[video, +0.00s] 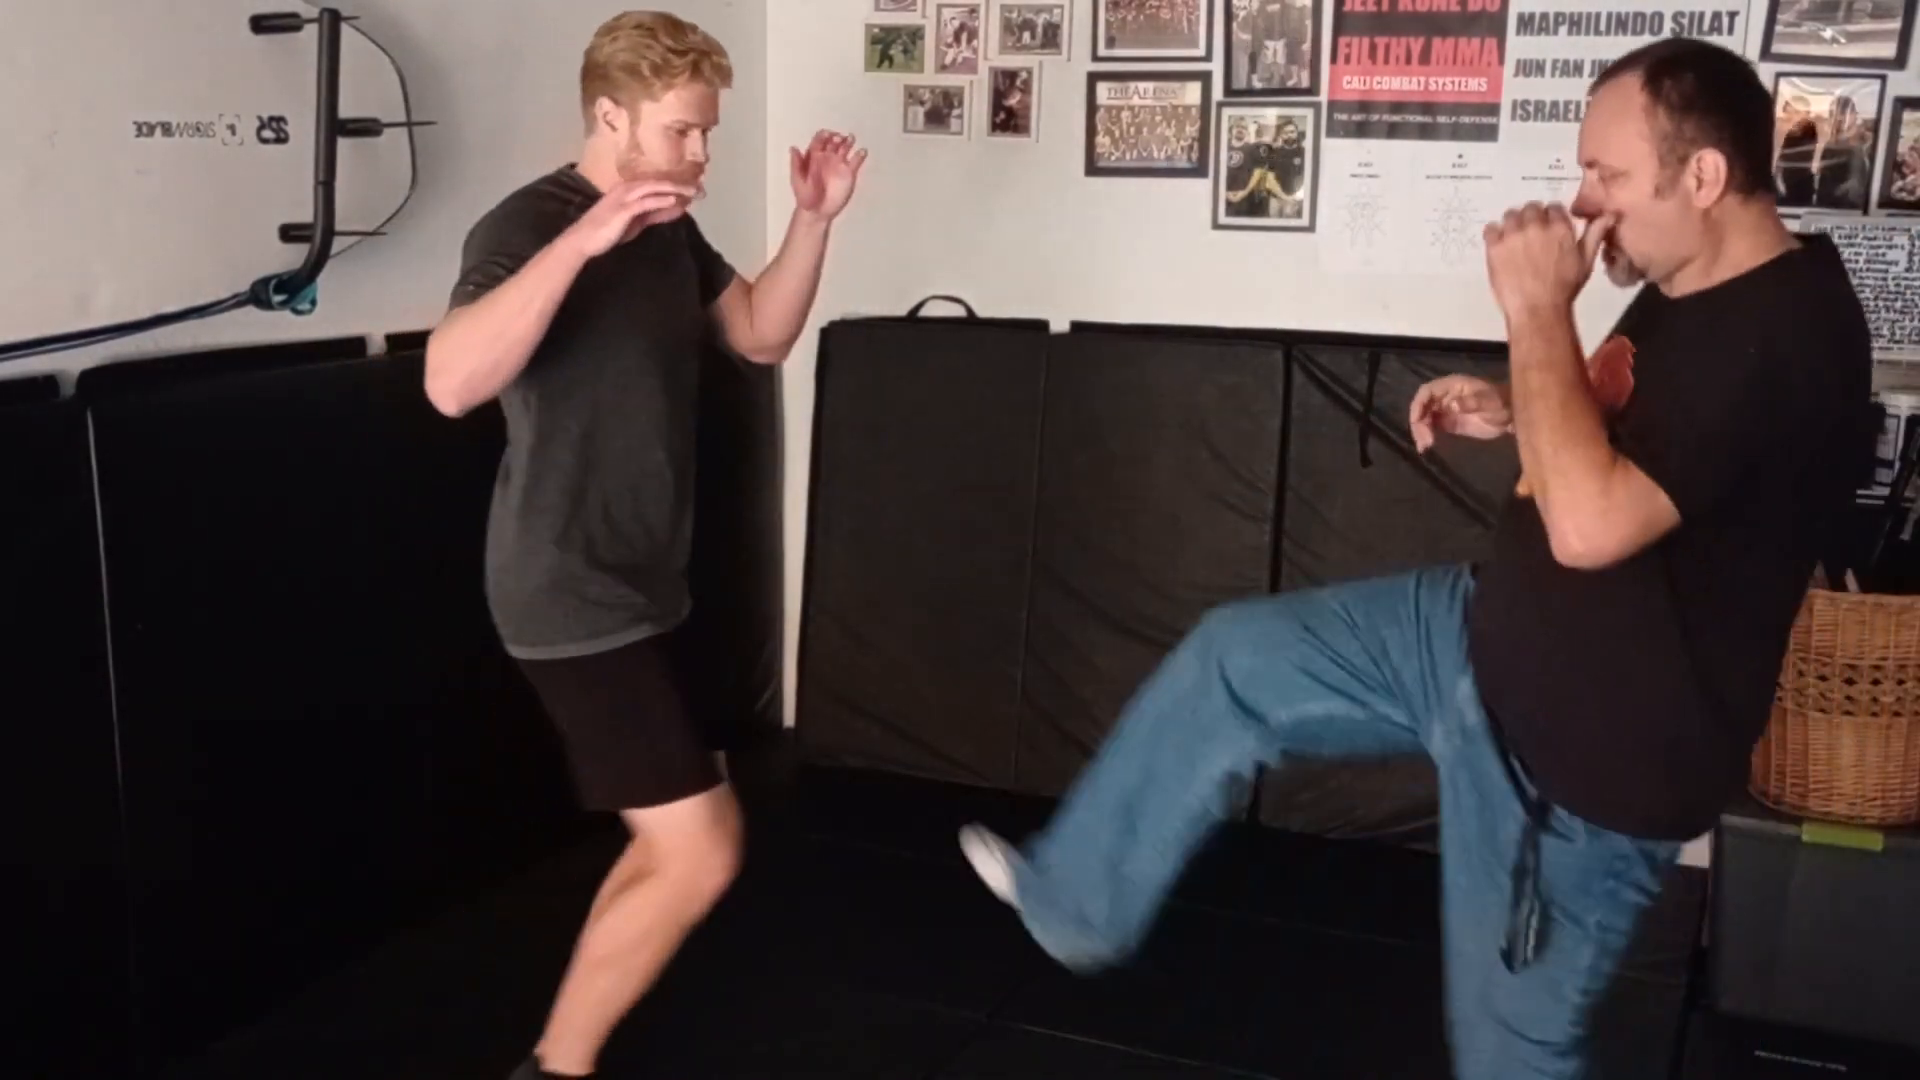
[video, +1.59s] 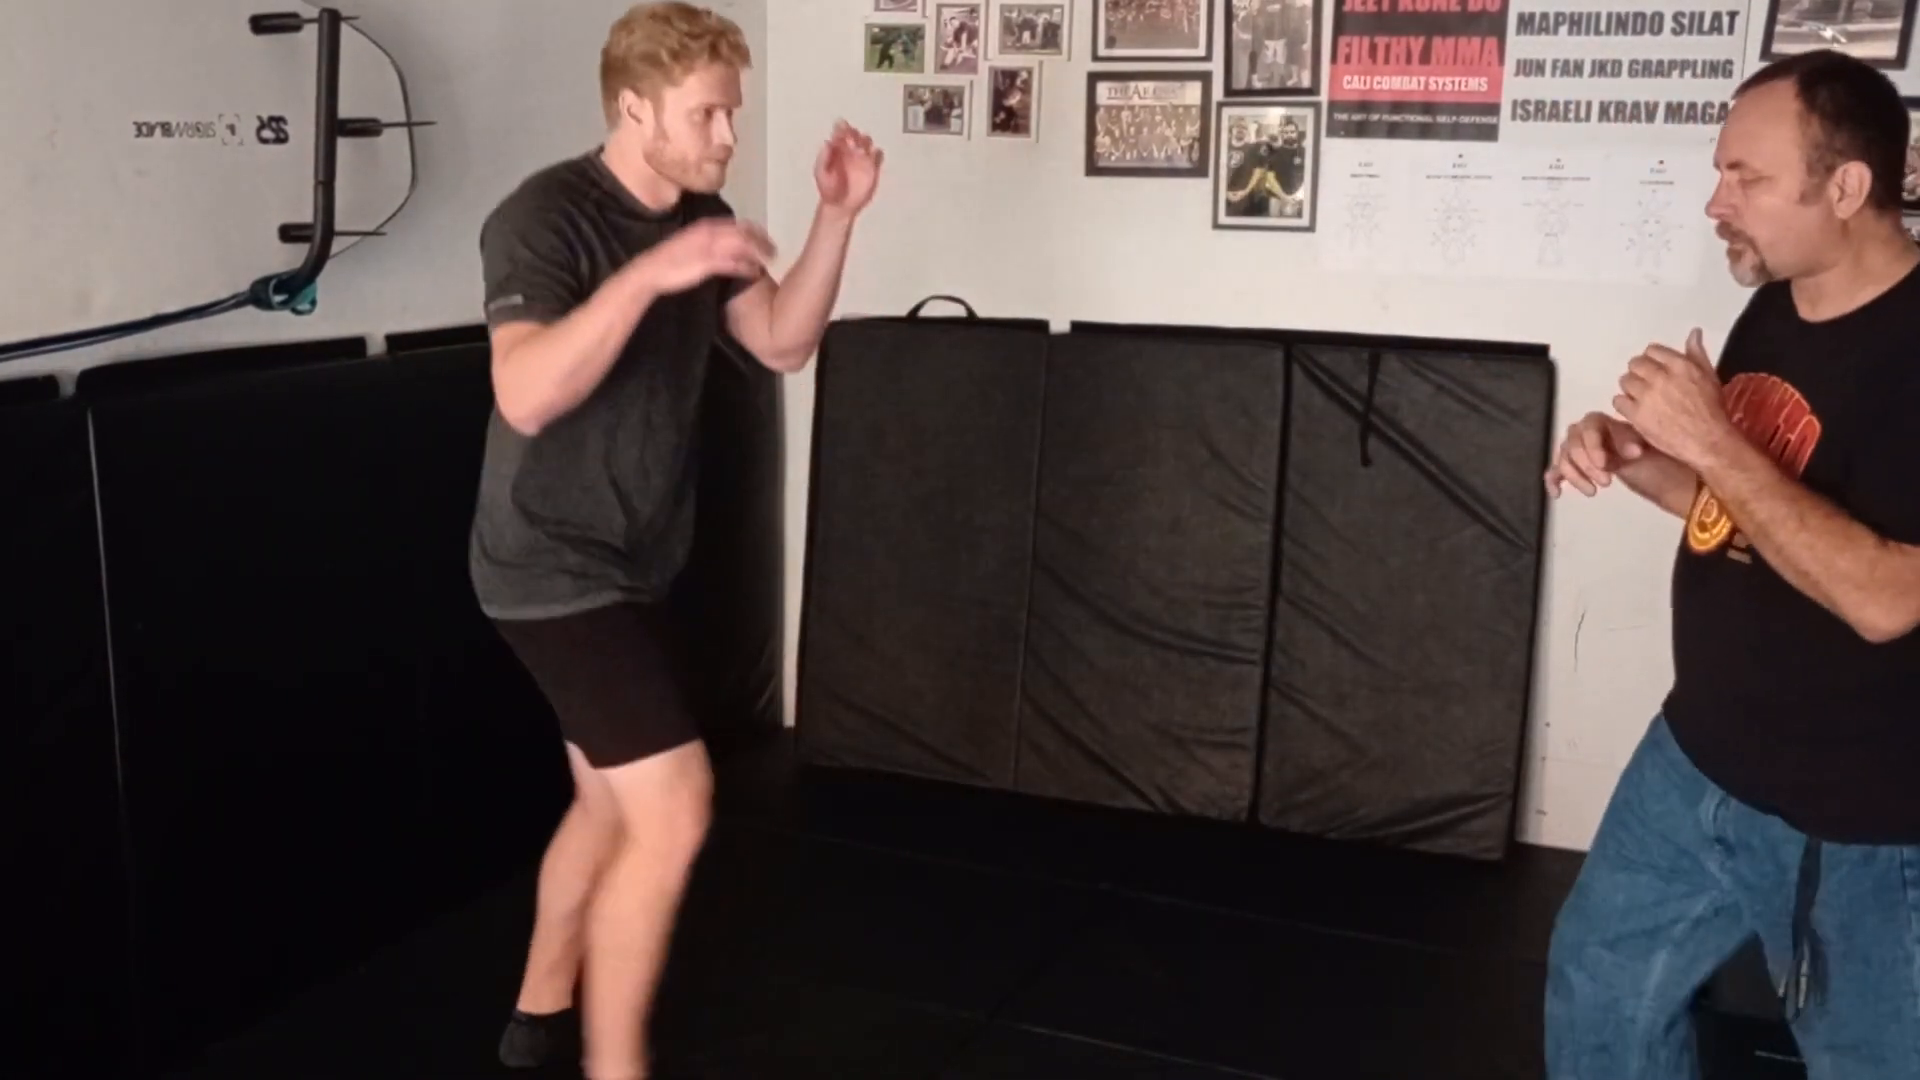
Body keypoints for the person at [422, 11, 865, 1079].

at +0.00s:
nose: (702, 154)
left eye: (708, 130)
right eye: (684, 130)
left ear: (694, 124)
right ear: (609, 119)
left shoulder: (671, 233)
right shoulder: (525, 228)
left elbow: (759, 333)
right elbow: (451, 381)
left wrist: (813, 218)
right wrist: (576, 247)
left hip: (654, 585)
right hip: (566, 597)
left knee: (667, 840)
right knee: (701, 849)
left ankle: (566, 1053)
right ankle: (558, 1064)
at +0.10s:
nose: (732, 165)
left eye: (736, 141)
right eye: (711, 143)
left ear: (662, 138)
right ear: (637, 135)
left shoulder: (696, 259)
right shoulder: (554, 247)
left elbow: (786, 361)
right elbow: (468, 411)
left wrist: (830, 240)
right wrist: (586, 277)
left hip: (688, 601)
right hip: (608, 613)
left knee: (693, 848)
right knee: (791, 841)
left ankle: (562, 1053)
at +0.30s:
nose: (826, 183)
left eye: (828, 159)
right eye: (804, 161)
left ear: (749, 158)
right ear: (728, 156)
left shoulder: (774, 280)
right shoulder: (644, 276)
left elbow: (859, 403)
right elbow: (549, 446)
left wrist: (923, 291)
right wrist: (666, 305)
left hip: (761, 637)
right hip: (702, 656)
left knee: (728, 876)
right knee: (857, 900)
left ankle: (569, 1050)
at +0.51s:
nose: (900, 183)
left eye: (905, 156)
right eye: (880, 159)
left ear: (906, 147)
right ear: (803, 154)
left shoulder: (852, 262)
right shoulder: (723, 262)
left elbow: (945, 400)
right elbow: (695, 439)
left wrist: (999, 269)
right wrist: (824, 278)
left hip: (779, 627)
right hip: (734, 640)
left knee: (716, 858)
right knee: (880, 899)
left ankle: (568, 1046)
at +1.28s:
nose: (825, 201)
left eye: (827, 176)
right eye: (810, 177)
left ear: (743, 168)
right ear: (733, 167)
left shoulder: (745, 277)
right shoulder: (641, 289)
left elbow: (781, 412)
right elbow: (644, 492)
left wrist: (902, 340)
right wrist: (804, 414)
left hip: (740, 636)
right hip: (678, 653)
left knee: (716, 853)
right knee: (804, 900)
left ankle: (552, 1015)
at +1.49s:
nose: (741, 180)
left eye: (745, 156)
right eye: (721, 157)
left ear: (703, 158)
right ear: (647, 154)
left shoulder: (711, 264)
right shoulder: (552, 271)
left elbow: (793, 381)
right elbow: (537, 452)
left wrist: (853, 259)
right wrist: (664, 351)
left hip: (688, 607)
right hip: (585, 616)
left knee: (662, 837)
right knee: (725, 836)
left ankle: (540, 1035)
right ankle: (746, 1077)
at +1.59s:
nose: (730, 136)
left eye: (733, 113)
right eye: (710, 115)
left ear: (690, 115)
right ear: (635, 112)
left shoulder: (694, 225)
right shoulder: (542, 217)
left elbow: (782, 341)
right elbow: (527, 394)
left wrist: (836, 216)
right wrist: (652, 273)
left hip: (639, 565)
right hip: (549, 572)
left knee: (607, 804)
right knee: (672, 806)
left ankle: (538, 1023)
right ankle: (613, 1068)